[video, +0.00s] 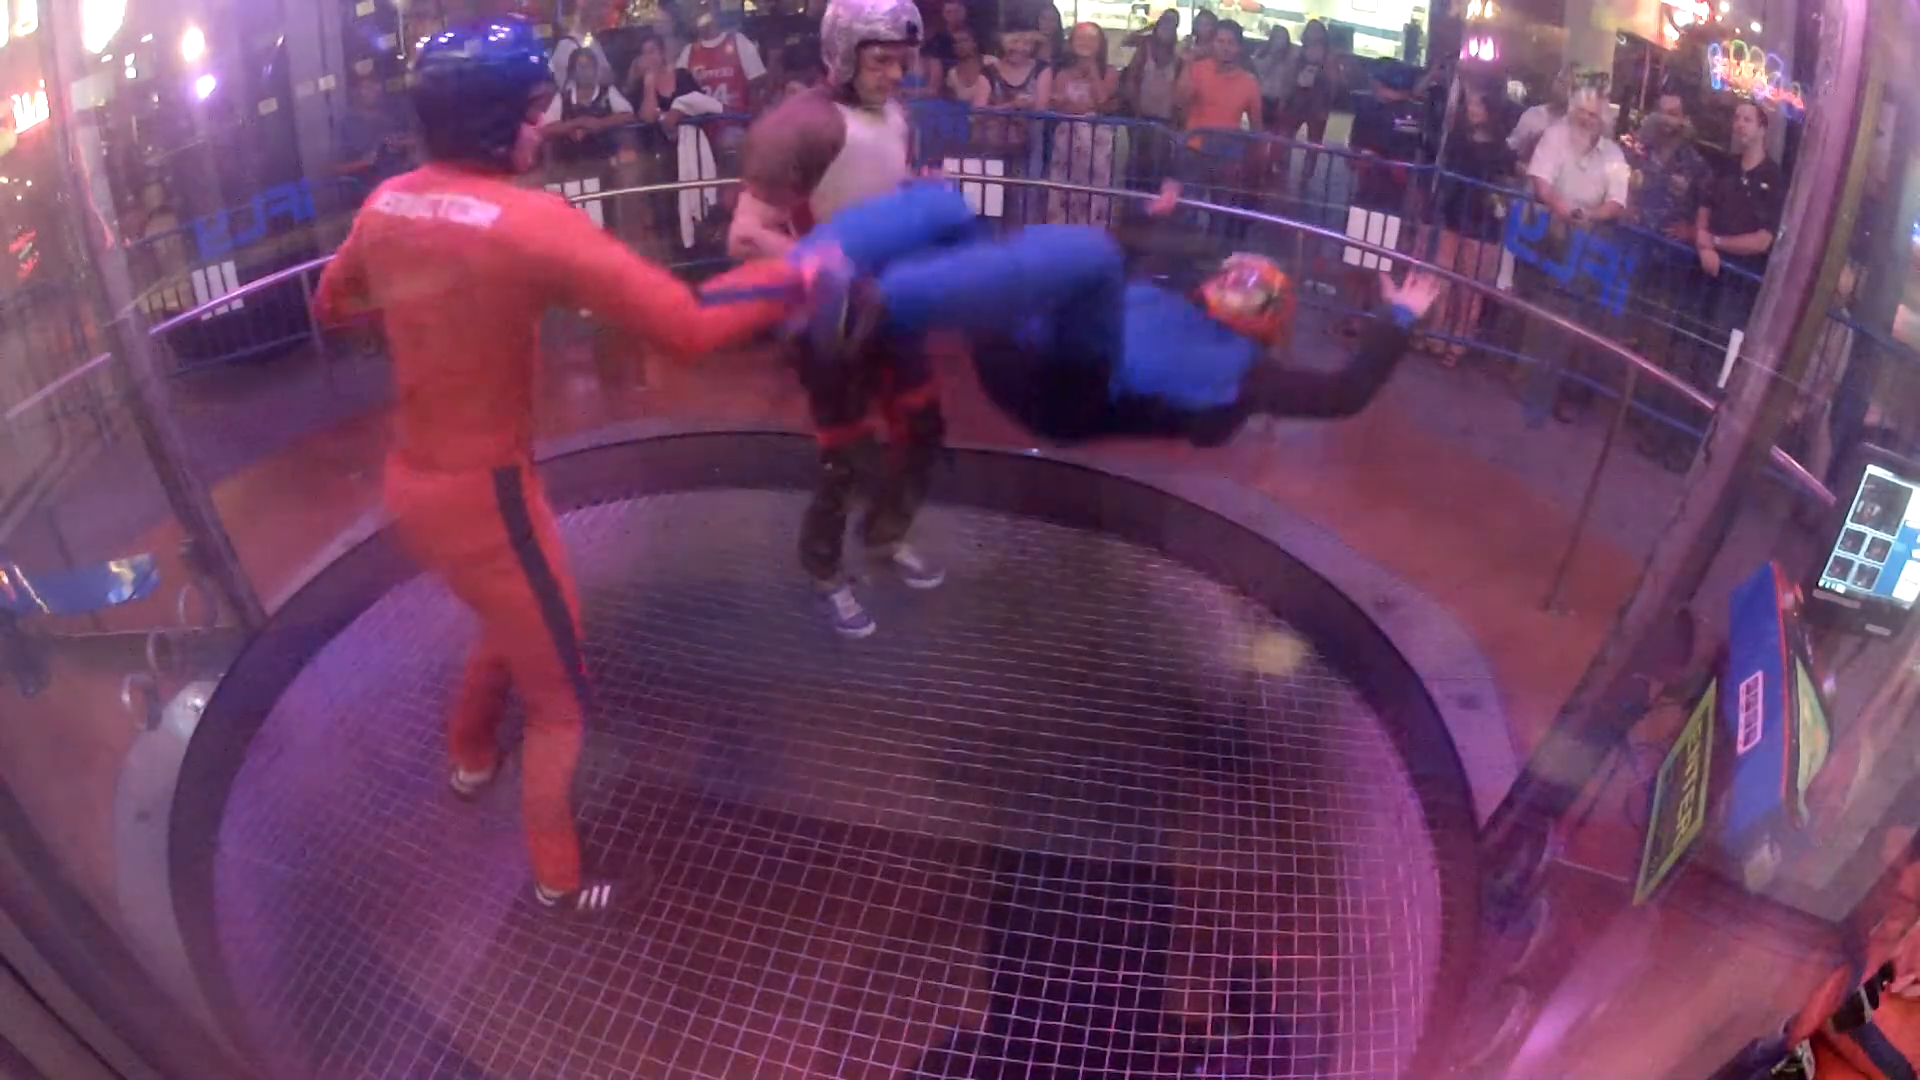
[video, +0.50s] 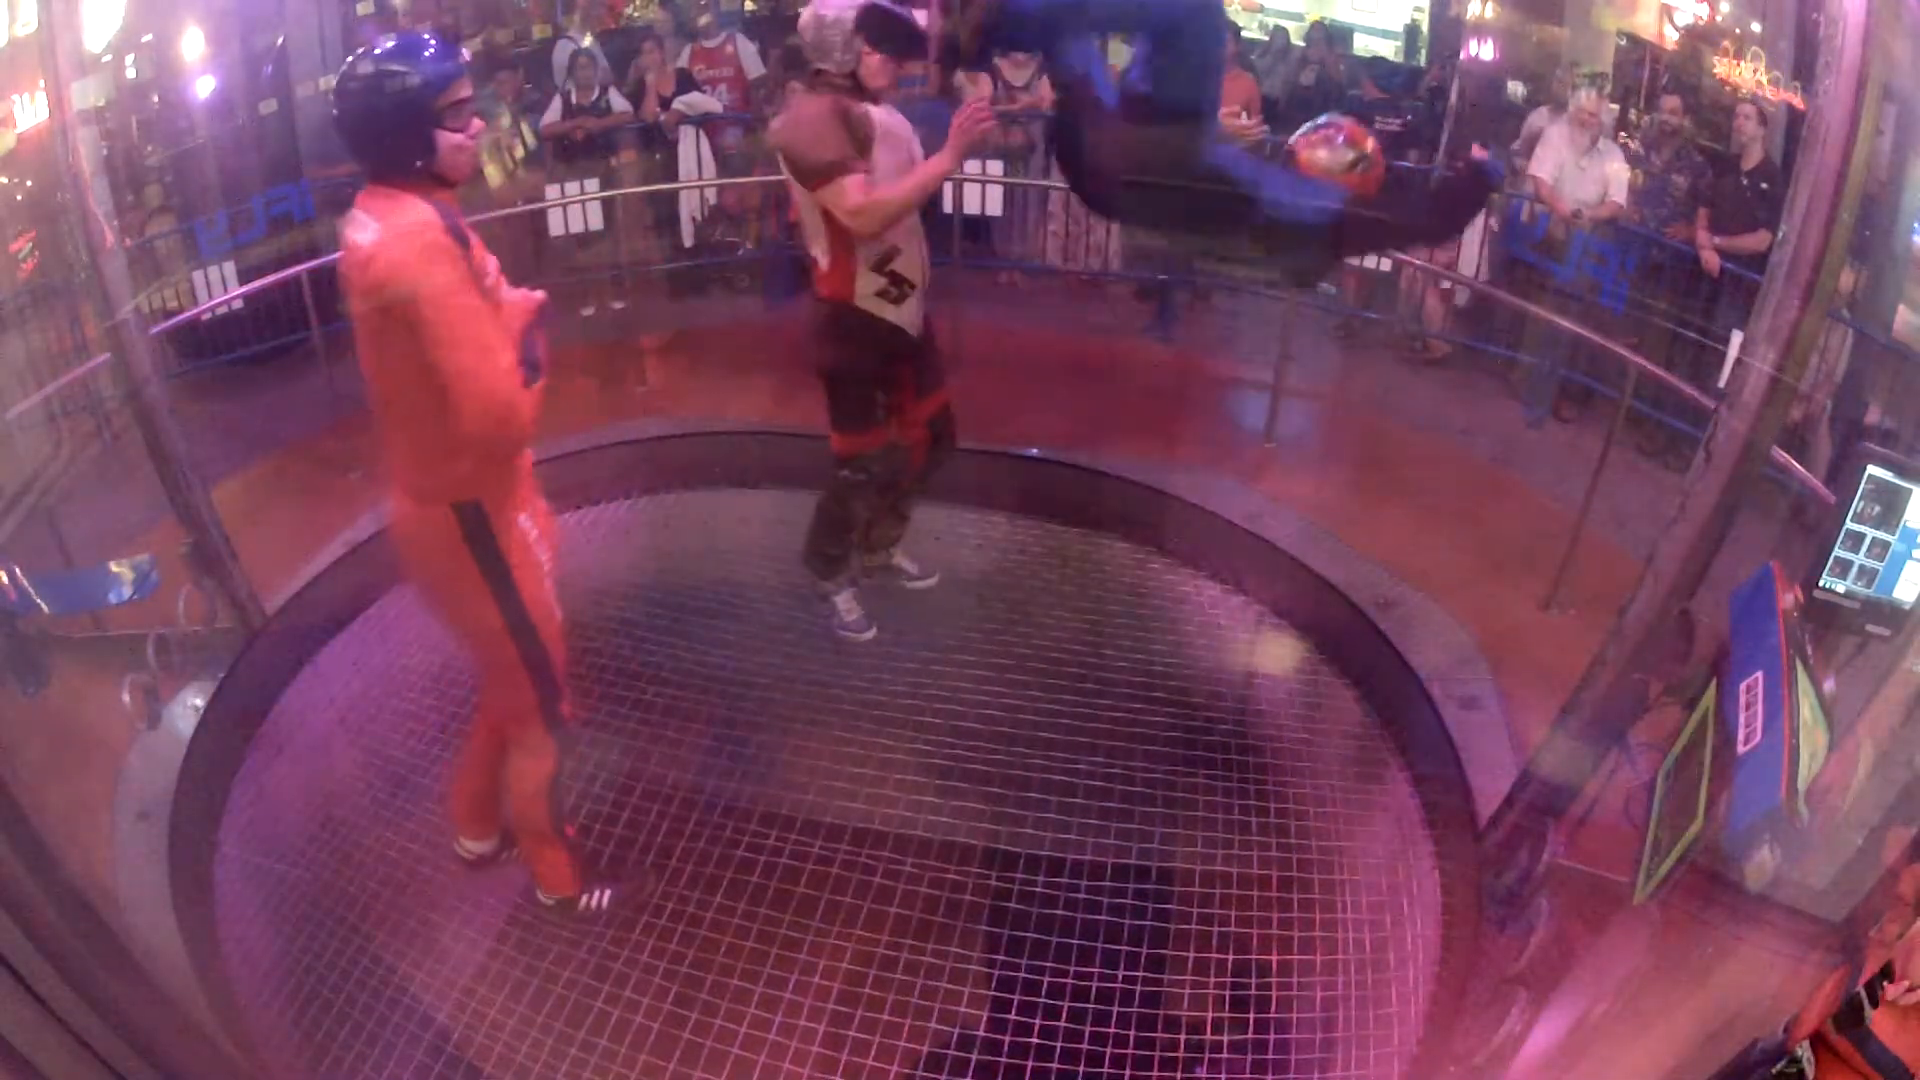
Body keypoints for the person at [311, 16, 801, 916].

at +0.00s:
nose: (546, 126)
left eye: (543, 109)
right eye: (536, 111)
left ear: (441, 117)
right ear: (505, 123)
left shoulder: (388, 205)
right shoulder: (531, 222)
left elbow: (334, 308)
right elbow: (690, 329)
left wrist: (429, 290)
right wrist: (790, 281)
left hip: (416, 487)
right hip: (490, 499)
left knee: (514, 619)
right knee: (556, 706)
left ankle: (469, 759)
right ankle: (556, 882)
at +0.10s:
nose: (526, 122)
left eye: (523, 105)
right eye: (510, 108)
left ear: (431, 123)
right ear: (462, 121)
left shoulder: (390, 211)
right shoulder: (503, 220)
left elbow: (336, 321)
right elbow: (642, 340)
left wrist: (440, 318)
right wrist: (705, 246)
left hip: (428, 493)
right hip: (498, 499)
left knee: (516, 631)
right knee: (553, 704)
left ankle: (471, 774)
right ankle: (559, 881)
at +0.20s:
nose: (512, 121)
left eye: (509, 104)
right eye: (494, 107)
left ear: (414, 129)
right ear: (441, 122)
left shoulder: (390, 221)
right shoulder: (480, 230)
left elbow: (370, 337)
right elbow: (572, 381)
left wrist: (482, 292)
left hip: (438, 489)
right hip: (496, 499)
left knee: (526, 642)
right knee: (555, 704)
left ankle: (469, 788)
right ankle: (558, 880)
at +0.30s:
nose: (497, 125)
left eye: (493, 107)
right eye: (478, 112)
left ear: (403, 132)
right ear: (425, 129)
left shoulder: (388, 220)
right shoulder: (446, 236)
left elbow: (450, 355)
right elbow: (524, 404)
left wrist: (522, 305)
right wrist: (579, 371)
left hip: (445, 495)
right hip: (487, 506)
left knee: (529, 650)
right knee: (550, 700)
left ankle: (475, 803)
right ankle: (557, 878)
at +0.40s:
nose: (484, 127)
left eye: (479, 109)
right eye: (464, 115)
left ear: (397, 135)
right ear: (414, 132)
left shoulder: (394, 220)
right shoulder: (426, 248)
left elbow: (486, 317)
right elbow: (512, 419)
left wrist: (516, 319)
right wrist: (547, 358)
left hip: (457, 494)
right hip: (475, 512)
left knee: (524, 658)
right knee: (543, 702)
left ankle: (476, 817)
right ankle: (556, 882)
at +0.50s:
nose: (477, 129)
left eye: (473, 111)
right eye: (458, 116)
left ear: (400, 135)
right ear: (410, 133)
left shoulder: (406, 215)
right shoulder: (412, 247)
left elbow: (486, 322)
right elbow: (489, 422)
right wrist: (522, 346)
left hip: (481, 489)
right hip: (461, 512)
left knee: (522, 659)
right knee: (533, 693)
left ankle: (474, 820)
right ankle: (554, 877)